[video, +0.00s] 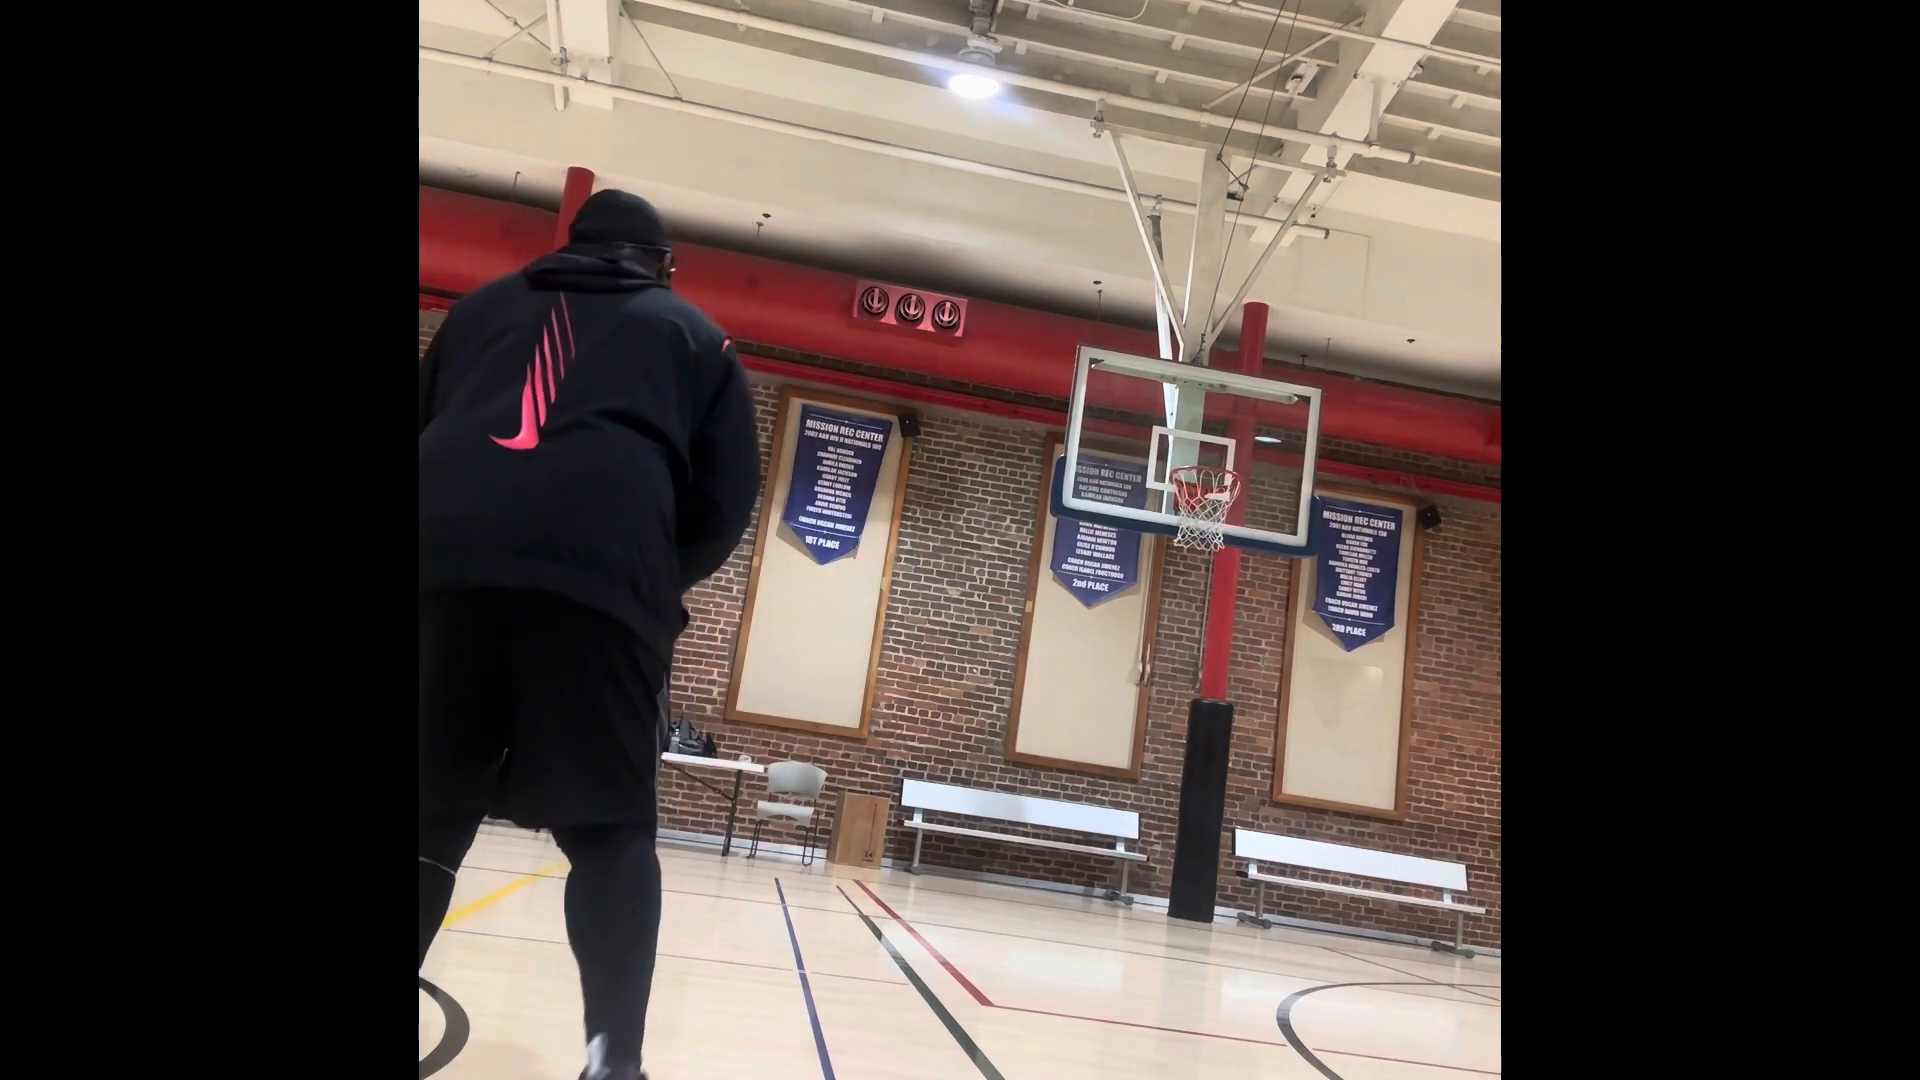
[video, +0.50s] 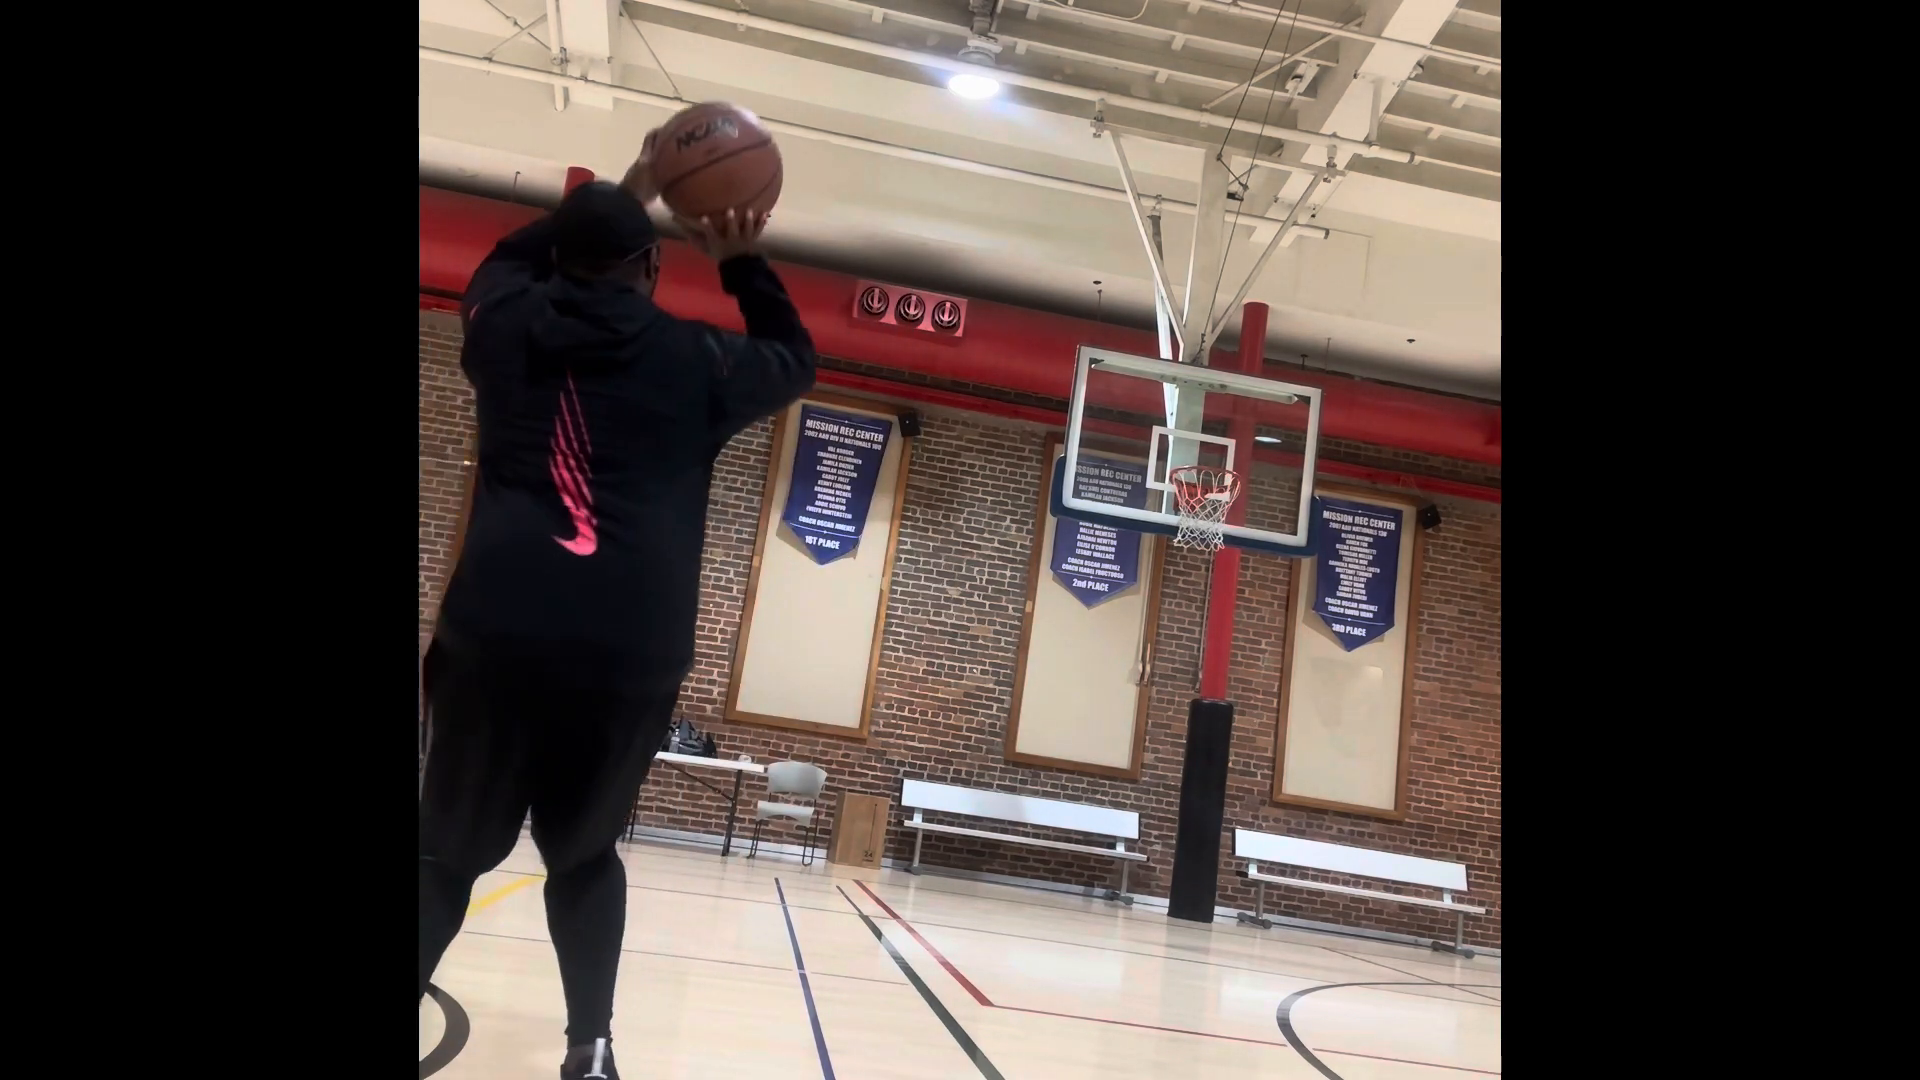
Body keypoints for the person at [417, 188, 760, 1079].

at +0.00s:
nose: (669, 277)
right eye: (670, 266)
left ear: (570, 243)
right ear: (659, 263)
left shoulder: (478, 308)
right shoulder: (696, 337)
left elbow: (425, 425)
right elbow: (728, 497)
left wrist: (454, 523)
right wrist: (653, 567)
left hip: (443, 571)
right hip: (601, 586)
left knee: (429, 819)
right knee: (611, 831)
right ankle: (614, 1057)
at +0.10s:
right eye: (647, 268)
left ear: (555, 253)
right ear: (642, 270)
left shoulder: (466, 316)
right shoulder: (681, 348)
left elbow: (424, 432)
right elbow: (712, 518)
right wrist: (637, 544)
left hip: (445, 585)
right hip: (598, 601)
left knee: (435, 816)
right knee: (603, 813)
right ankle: (605, 1038)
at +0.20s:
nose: (636, 287)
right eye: (636, 276)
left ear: (545, 265)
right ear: (631, 277)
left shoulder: (466, 325)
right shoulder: (674, 365)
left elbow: (447, 408)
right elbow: (717, 522)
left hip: (446, 603)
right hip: (596, 618)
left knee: (439, 828)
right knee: (588, 822)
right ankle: (599, 1052)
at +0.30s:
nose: (641, 290)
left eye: (636, 280)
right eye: (638, 280)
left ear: (544, 274)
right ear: (628, 284)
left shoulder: (473, 335)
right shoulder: (665, 370)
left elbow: (471, 365)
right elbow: (746, 479)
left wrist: (583, 312)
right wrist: (716, 366)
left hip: (457, 628)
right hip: (597, 641)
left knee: (444, 834)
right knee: (581, 832)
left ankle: (415, 1018)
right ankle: (594, 1047)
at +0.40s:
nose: (640, 288)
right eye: (642, 277)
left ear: (546, 279)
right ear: (638, 284)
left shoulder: (490, 340)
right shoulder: (680, 377)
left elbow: (500, 302)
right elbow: (778, 411)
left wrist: (573, 258)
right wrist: (729, 309)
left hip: (472, 640)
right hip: (614, 658)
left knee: (442, 855)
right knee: (581, 845)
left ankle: (419, 1018)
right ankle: (587, 1050)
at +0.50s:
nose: (660, 267)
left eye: (651, 249)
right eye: (654, 253)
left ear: (554, 264)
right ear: (646, 272)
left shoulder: (506, 333)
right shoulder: (694, 363)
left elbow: (516, 259)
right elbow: (794, 357)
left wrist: (619, 198)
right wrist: (742, 261)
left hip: (491, 637)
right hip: (629, 655)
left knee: (445, 850)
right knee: (586, 851)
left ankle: (417, 1018)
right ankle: (589, 1052)